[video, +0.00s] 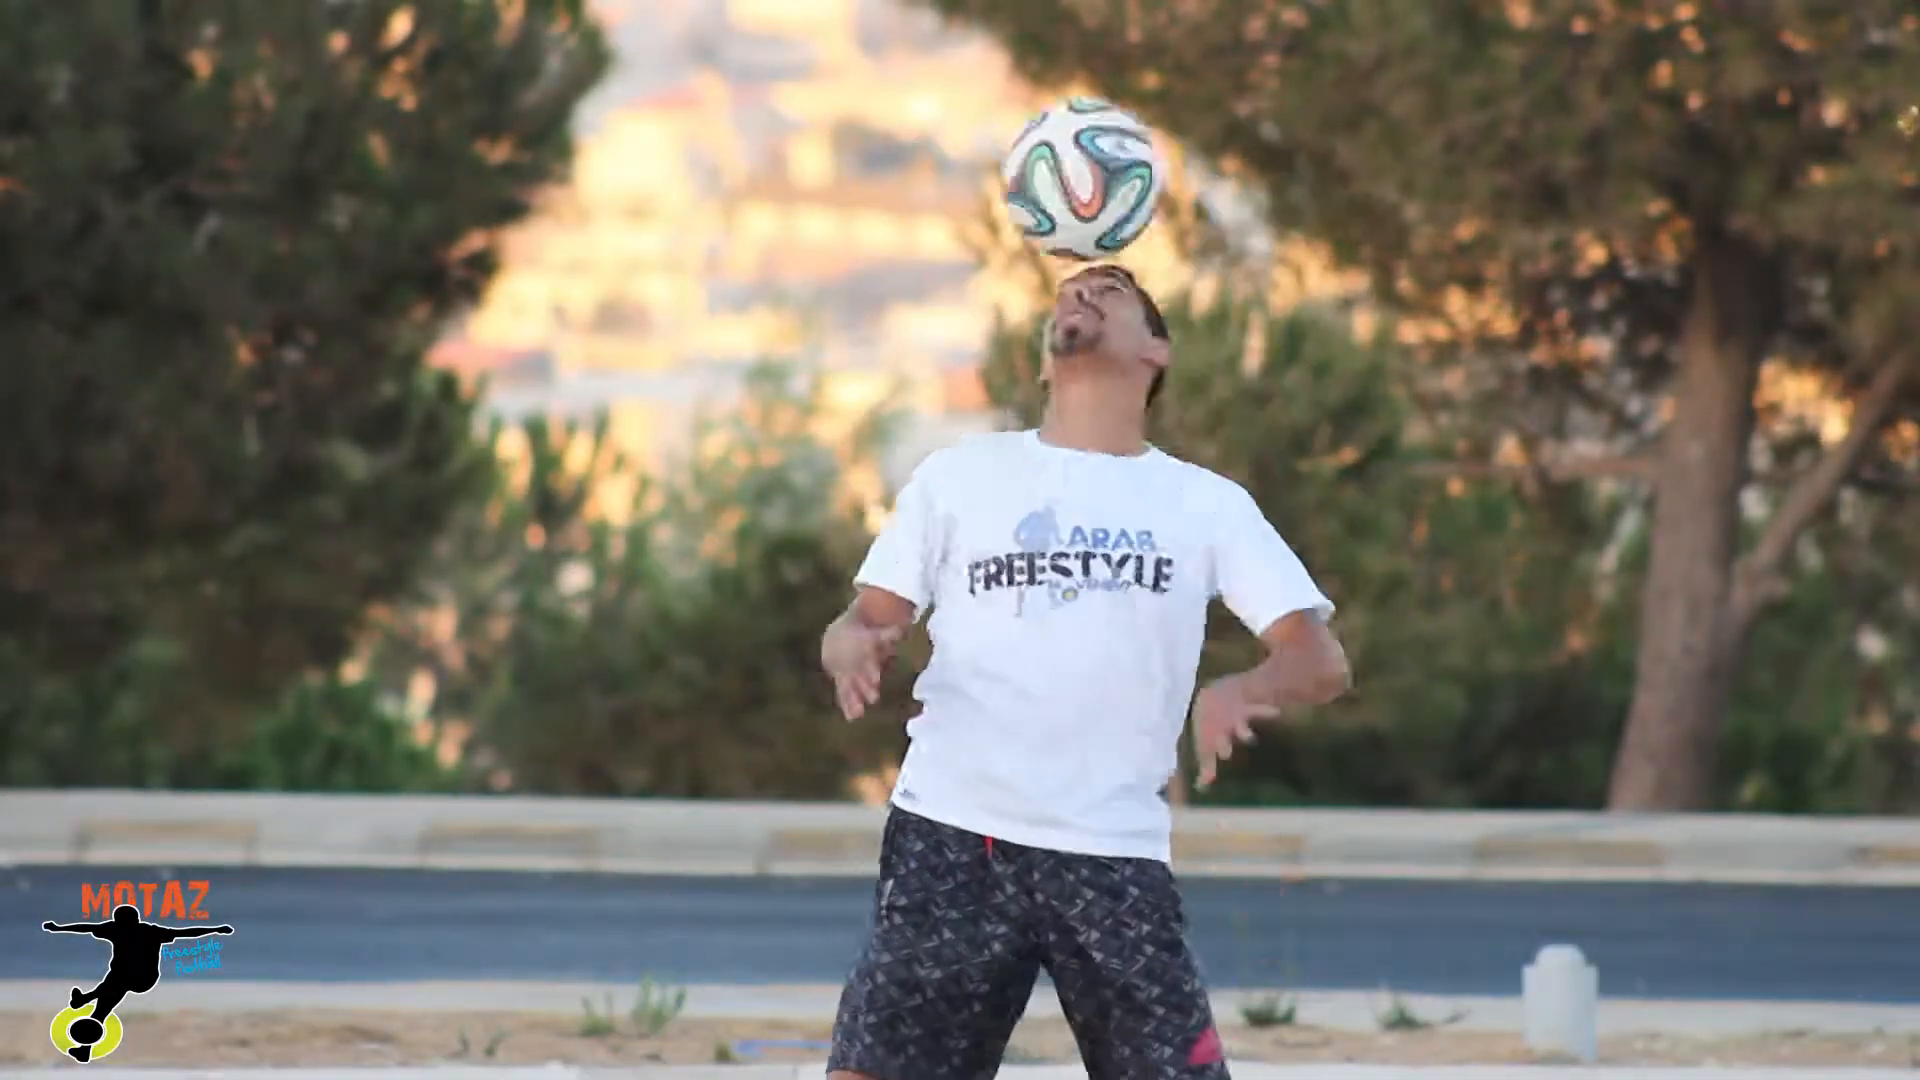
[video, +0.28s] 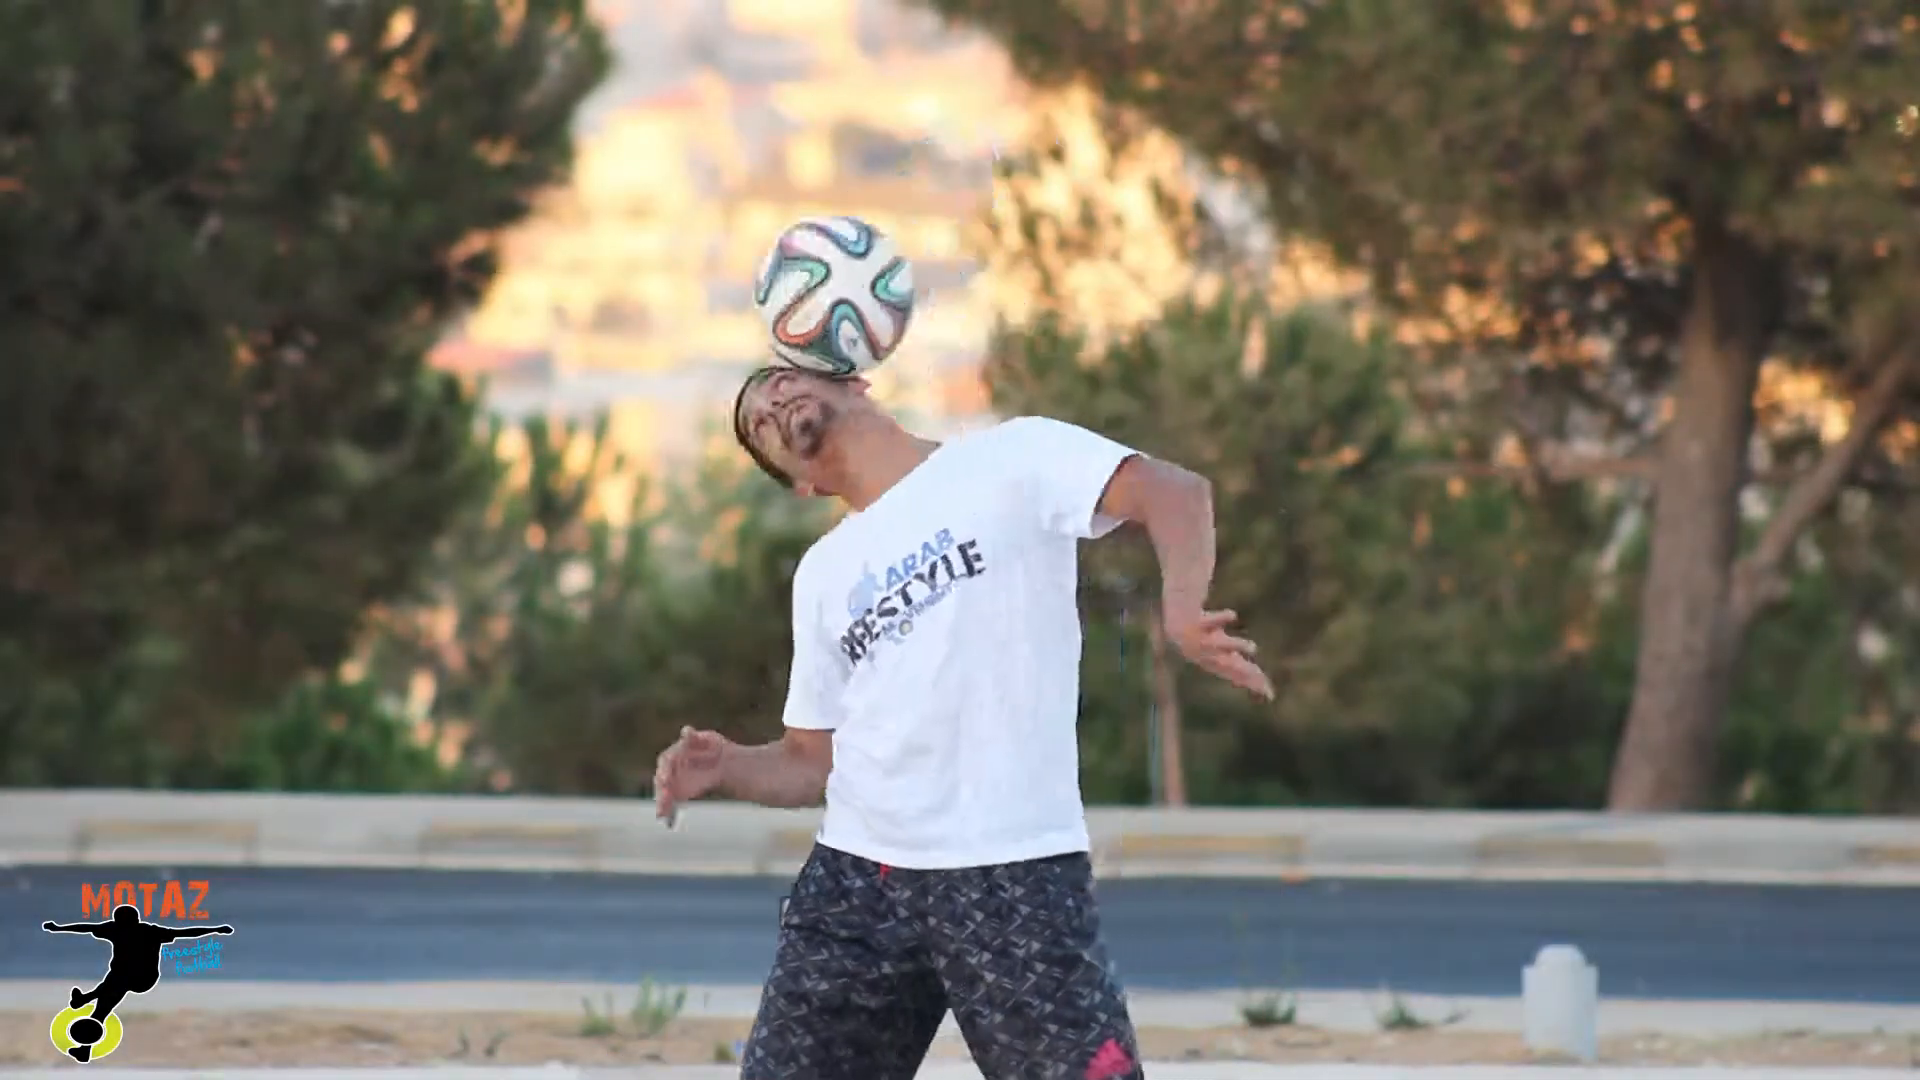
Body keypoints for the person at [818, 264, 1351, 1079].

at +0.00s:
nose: (1080, 296)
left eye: (1110, 292)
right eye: (1066, 293)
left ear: (1157, 353)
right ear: (1048, 346)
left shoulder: (1211, 504)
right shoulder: (955, 476)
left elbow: (1322, 661)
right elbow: (864, 622)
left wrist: (1239, 690)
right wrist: (848, 648)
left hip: (1111, 864)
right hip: (945, 848)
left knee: (1177, 1070)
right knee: (871, 1066)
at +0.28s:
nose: (775, 407)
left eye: (781, 386)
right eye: (761, 426)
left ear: (849, 383)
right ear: (800, 482)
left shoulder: (1014, 454)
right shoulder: (822, 572)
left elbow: (1178, 495)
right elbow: (814, 764)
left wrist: (1182, 610)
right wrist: (729, 766)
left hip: (1012, 887)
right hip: (855, 890)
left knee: (1082, 1069)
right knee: (785, 1069)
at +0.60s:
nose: (970, 304)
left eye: (998, 301)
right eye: (948, 301)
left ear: (1032, 367)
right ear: (915, 365)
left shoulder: (1093, 516)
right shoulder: (838, 482)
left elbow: (1163, 681)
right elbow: (742, 617)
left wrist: (1223, 781)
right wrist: (726, 651)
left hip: (1001, 886)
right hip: (829, 876)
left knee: (1075, 1071)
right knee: (764, 1069)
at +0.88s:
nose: (1030, 572)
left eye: (1063, 584)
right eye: (1051, 541)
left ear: (1059, 609)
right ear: (1020, 500)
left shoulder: (1030, 651)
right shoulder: (833, 522)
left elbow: (1022, 787)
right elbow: (662, 550)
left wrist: (1094, 921)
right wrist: (728, 630)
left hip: (939, 943)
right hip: (765, 938)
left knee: (1067, 1067)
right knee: (711, 1066)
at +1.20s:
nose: (793, 556)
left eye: (782, 519)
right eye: (755, 560)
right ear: (711, 575)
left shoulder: (922, 568)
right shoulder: (660, 587)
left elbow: (1007, 678)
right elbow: (581, 646)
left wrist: (1081, 821)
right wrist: (548, 744)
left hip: (875, 951)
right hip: (692, 946)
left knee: (987, 1069)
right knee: (617, 1070)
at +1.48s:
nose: (976, 400)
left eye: (981, 391)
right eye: (940, 388)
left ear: (994, 446)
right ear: (884, 444)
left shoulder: (1042, 616)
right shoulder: (810, 550)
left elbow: (1032, 781)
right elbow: (674, 684)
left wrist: (1093, 831)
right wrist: (745, 736)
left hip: (960, 968)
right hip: (779, 967)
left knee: (1091, 1072)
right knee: (688, 1070)